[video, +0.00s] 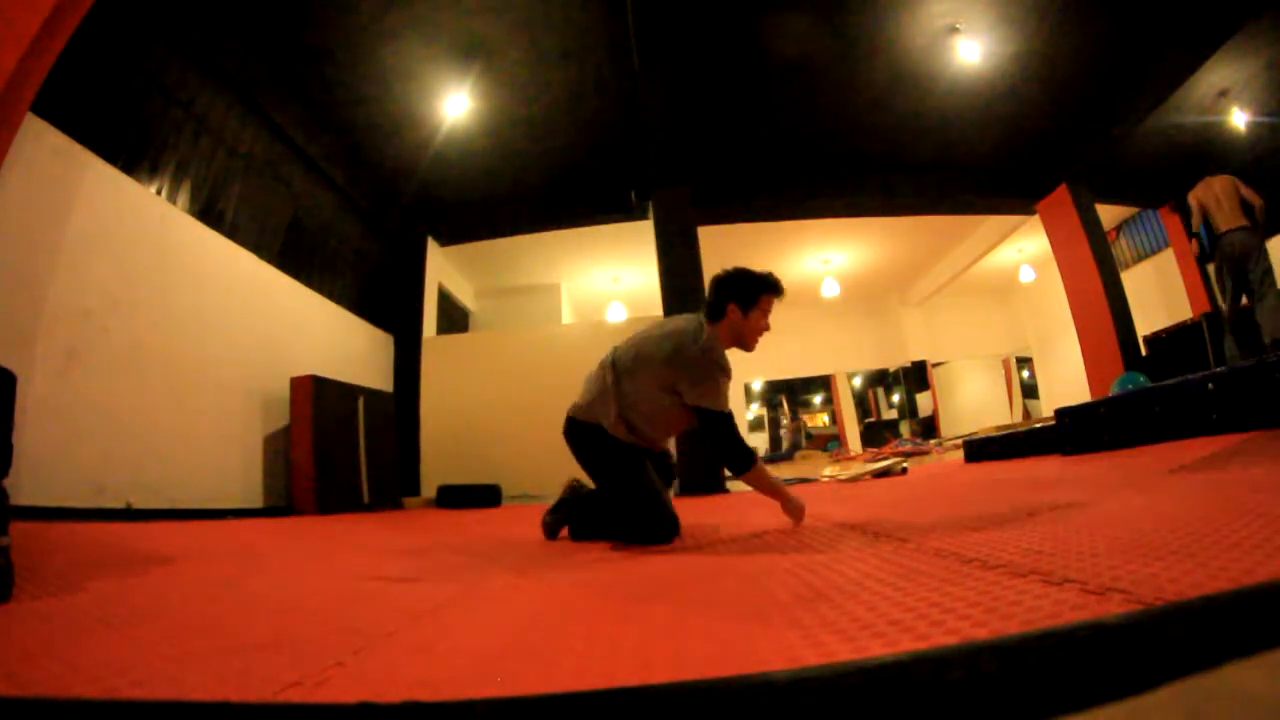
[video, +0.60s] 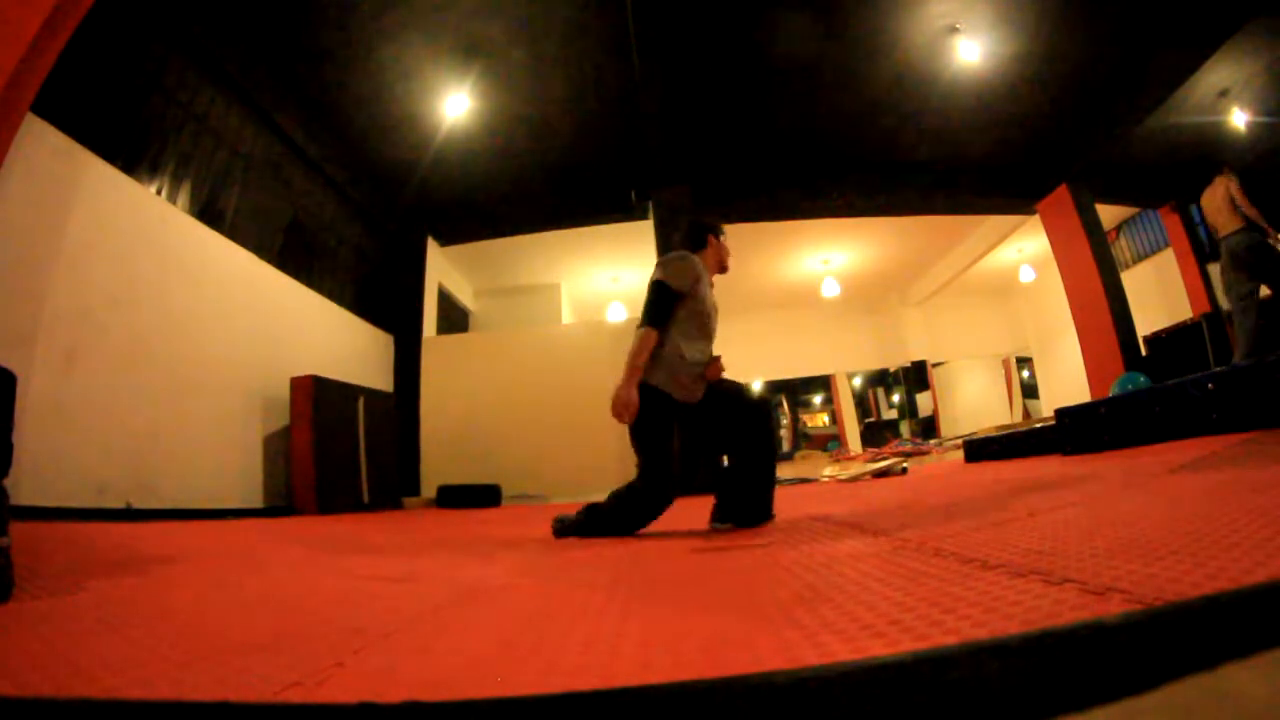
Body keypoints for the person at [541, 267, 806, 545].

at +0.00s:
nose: (767, 326)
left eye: (768, 315)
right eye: (763, 314)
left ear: (732, 314)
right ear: (733, 312)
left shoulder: (697, 335)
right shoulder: (701, 354)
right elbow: (730, 448)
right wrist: (782, 496)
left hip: (630, 426)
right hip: (597, 428)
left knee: (662, 472)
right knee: (659, 527)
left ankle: (593, 503)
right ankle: (576, 508)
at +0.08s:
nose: (758, 306)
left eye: (758, 296)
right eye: (752, 294)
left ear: (723, 293)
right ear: (725, 293)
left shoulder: (692, 325)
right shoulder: (695, 339)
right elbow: (721, 436)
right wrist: (774, 494)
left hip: (640, 426)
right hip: (602, 427)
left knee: (704, 468)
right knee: (658, 526)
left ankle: (633, 508)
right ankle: (579, 506)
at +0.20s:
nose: (744, 288)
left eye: (743, 278)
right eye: (739, 277)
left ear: (714, 278)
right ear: (714, 277)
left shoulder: (693, 316)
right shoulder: (688, 319)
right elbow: (701, 418)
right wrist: (740, 495)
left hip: (649, 423)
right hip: (609, 424)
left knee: (715, 410)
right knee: (658, 527)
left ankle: (693, 501)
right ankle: (587, 514)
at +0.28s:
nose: (738, 283)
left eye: (737, 274)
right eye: (733, 273)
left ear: (710, 274)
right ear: (711, 272)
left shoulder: (688, 311)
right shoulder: (686, 310)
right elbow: (685, 400)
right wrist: (703, 474)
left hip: (657, 426)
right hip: (618, 426)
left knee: (722, 401)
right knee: (656, 526)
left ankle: (736, 501)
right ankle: (584, 520)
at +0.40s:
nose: (732, 276)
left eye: (731, 267)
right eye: (727, 266)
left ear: (706, 268)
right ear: (707, 266)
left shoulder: (694, 309)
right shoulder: (680, 301)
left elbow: (684, 382)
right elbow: (656, 367)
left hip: (674, 425)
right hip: (640, 426)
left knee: (740, 411)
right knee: (656, 525)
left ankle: (735, 509)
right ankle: (585, 522)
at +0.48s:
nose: (730, 267)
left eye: (729, 259)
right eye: (725, 258)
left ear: (705, 261)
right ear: (705, 259)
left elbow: (697, 377)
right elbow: (643, 346)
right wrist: (631, 407)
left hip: (686, 420)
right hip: (652, 423)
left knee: (747, 414)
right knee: (657, 517)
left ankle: (739, 510)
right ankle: (581, 524)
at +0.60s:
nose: (729, 250)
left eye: (726, 242)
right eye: (724, 241)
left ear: (706, 245)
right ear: (711, 242)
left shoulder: (701, 284)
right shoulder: (681, 265)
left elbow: (680, 343)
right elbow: (651, 326)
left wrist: (706, 368)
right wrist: (629, 384)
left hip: (690, 395)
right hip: (658, 395)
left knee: (753, 413)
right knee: (660, 485)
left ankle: (739, 510)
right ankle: (584, 525)